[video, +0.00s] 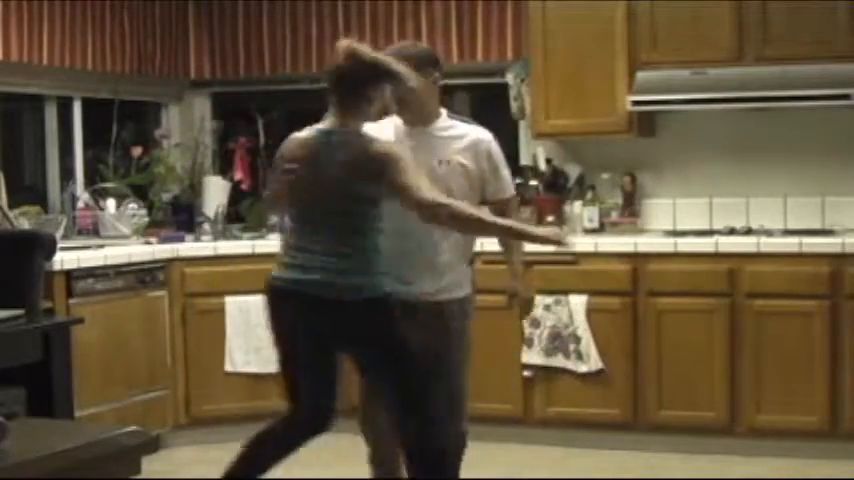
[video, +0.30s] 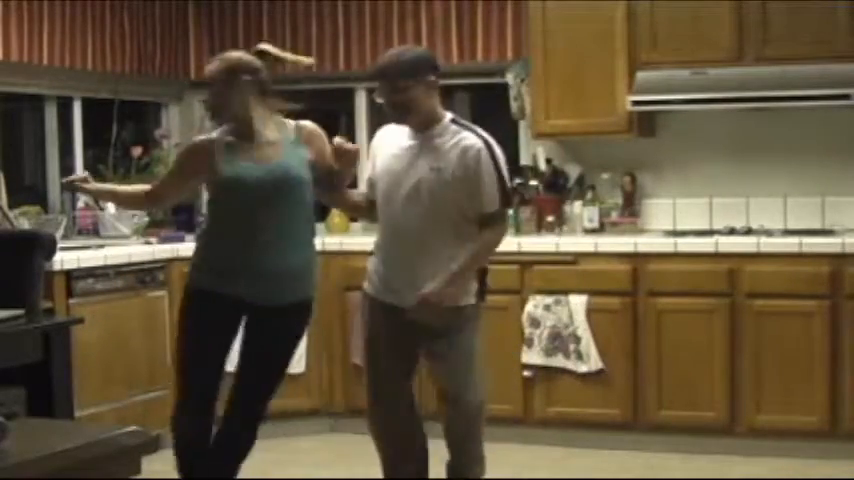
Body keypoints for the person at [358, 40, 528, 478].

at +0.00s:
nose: (397, 90)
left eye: (407, 80)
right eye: (392, 80)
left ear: (436, 80)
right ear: (383, 84)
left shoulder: (475, 142)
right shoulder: (374, 135)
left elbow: (505, 213)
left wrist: (517, 275)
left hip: (446, 300)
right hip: (381, 297)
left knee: (445, 425)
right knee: (379, 414)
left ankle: (439, 475)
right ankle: (389, 473)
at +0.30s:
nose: (389, 101)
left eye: (399, 90)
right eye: (384, 92)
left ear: (431, 84)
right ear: (380, 93)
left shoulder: (474, 149)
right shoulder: (384, 139)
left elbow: (495, 227)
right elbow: (372, 208)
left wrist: (453, 282)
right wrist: (334, 188)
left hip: (450, 306)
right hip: (386, 303)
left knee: (463, 411)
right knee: (387, 413)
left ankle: (465, 473)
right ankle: (405, 474)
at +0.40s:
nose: (381, 103)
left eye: (390, 93)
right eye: (378, 93)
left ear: (423, 87)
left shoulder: (467, 147)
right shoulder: (392, 139)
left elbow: (470, 237)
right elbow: (375, 207)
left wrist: (395, 282)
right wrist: (327, 187)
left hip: (446, 308)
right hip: (394, 305)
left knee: (439, 412)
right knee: (387, 414)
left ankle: (464, 474)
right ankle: (403, 477)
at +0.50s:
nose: (379, 105)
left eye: (385, 94)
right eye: (377, 96)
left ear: (417, 87)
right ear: (409, 90)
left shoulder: (458, 145)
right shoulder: (405, 145)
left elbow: (443, 236)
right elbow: (379, 206)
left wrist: (359, 261)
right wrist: (317, 189)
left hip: (455, 305)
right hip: (413, 302)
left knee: (428, 416)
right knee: (382, 401)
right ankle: (403, 477)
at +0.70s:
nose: (379, 107)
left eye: (381, 96)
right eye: (377, 97)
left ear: (404, 88)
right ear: (425, 86)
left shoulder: (418, 147)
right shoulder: (470, 131)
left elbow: (378, 223)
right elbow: (426, 201)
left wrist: (313, 236)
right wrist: (369, 197)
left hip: (454, 304)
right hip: (483, 297)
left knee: (427, 416)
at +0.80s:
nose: (388, 106)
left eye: (390, 95)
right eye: (387, 96)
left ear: (408, 88)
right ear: (440, 87)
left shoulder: (412, 147)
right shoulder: (490, 135)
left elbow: (382, 226)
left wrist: (318, 233)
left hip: (450, 306)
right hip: (492, 299)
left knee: (422, 419)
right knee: (399, 382)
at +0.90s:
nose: (402, 107)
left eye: (402, 96)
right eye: (400, 97)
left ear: (417, 91)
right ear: (455, 89)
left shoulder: (418, 148)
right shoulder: (507, 138)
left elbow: (391, 230)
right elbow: (539, 211)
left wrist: (322, 227)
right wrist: (485, 212)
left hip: (452, 309)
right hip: (505, 303)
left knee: (415, 423)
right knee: (453, 410)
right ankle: (469, 474)